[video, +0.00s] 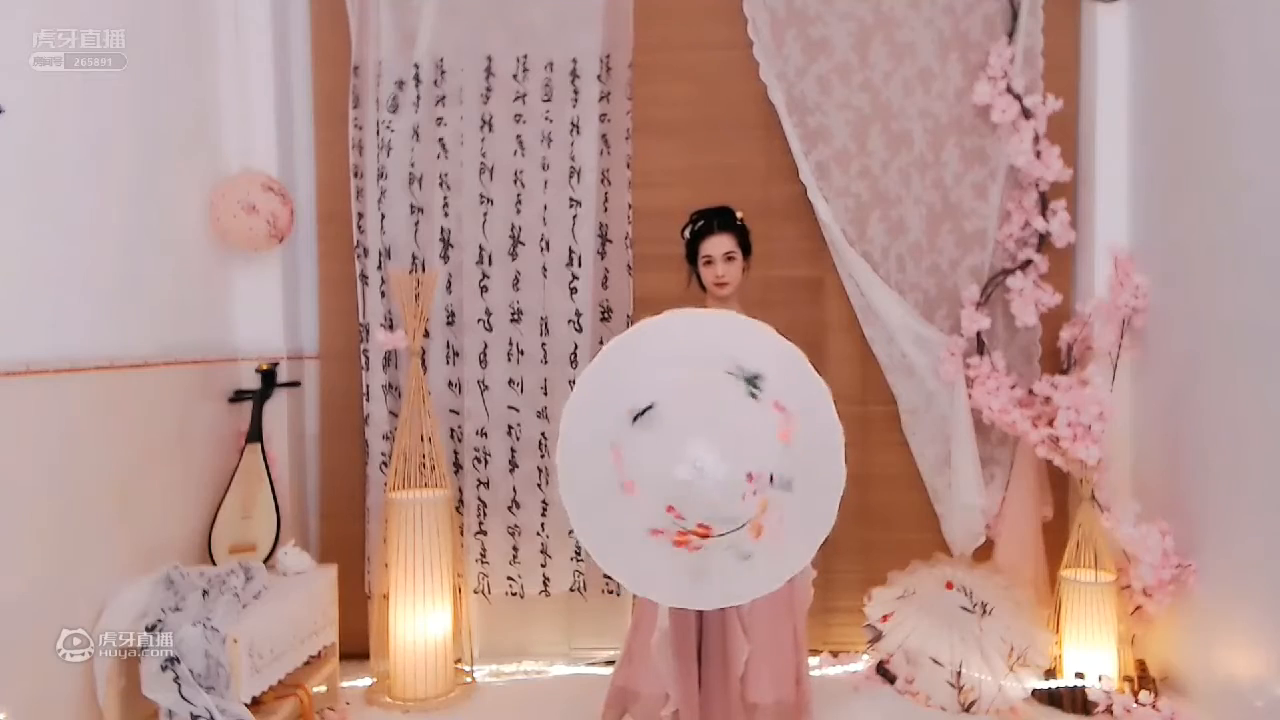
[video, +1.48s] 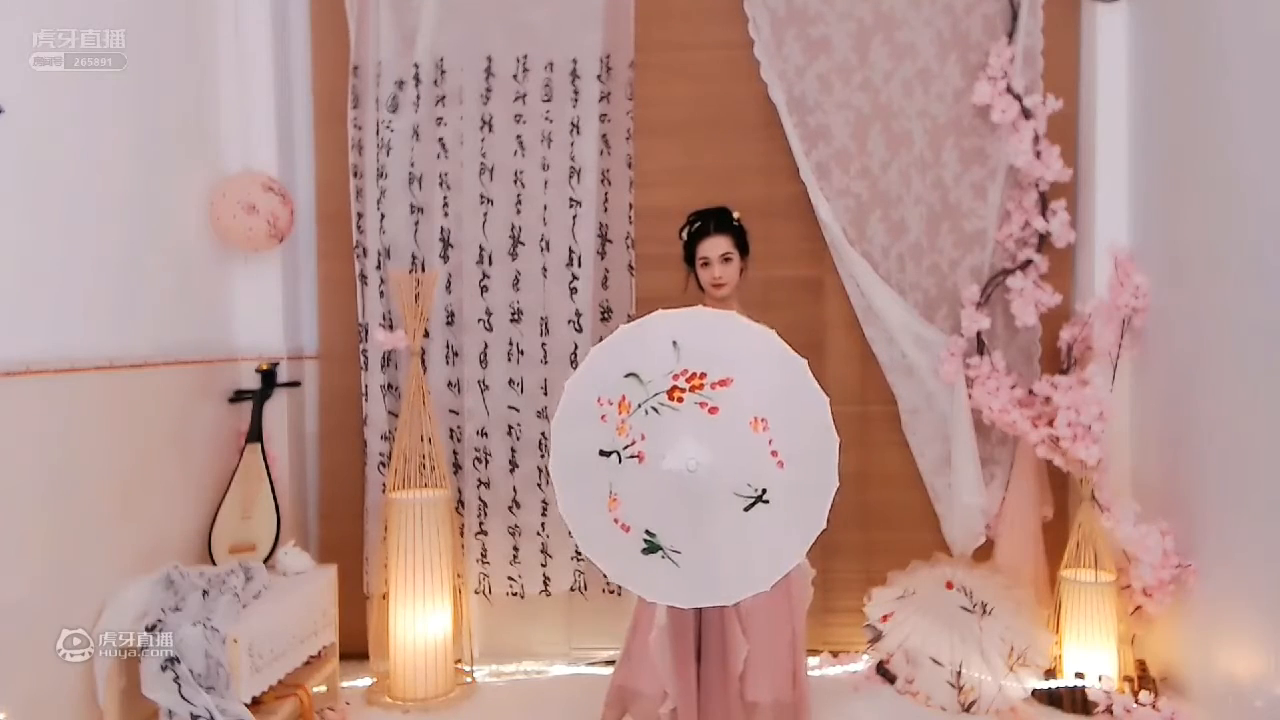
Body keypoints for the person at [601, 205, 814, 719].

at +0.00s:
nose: (718, 270)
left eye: (729, 258)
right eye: (708, 260)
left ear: (745, 263)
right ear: (695, 268)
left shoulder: (761, 339)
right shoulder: (673, 337)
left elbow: (786, 430)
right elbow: (651, 421)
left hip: (750, 485)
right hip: (683, 483)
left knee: (747, 605)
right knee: (683, 606)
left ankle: (747, 709)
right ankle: (679, 710)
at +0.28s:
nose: (719, 271)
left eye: (729, 258)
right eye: (708, 260)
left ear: (745, 263)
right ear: (695, 267)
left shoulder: (766, 339)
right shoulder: (672, 336)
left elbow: (790, 428)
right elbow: (646, 421)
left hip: (752, 489)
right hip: (684, 486)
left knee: (748, 609)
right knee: (682, 609)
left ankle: (749, 710)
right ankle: (679, 711)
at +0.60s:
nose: (718, 271)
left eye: (728, 258)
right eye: (707, 261)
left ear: (744, 263)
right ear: (694, 267)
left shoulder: (766, 343)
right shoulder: (671, 333)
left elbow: (796, 430)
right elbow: (635, 415)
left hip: (752, 499)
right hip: (682, 498)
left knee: (750, 618)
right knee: (681, 620)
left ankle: (747, 712)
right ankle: (677, 713)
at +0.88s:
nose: (716, 271)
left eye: (726, 258)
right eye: (706, 261)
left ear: (743, 263)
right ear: (693, 268)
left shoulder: (760, 338)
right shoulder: (672, 336)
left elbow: (785, 428)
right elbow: (647, 421)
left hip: (746, 493)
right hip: (683, 490)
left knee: (745, 607)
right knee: (680, 608)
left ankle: (744, 710)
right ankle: (677, 711)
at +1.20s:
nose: (716, 272)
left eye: (726, 259)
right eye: (705, 262)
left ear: (742, 264)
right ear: (692, 268)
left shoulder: (759, 338)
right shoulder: (671, 333)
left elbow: (783, 427)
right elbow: (644, 417)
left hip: (744, 490)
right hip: (682, 487)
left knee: (743, 606)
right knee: (679, 605)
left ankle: (743, 710)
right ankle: (676, 710)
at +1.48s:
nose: (716, 272)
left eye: (726, 259)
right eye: (705, 262)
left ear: (742, 264)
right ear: (693, 268)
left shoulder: (761, 340)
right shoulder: (671, 337)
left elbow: (786, 430)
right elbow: (644, 421)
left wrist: (782, 511)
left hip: (746, 494)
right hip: (682, 491)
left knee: (744, 611)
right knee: (679, 610)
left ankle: (743, 711)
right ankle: (676, 711)